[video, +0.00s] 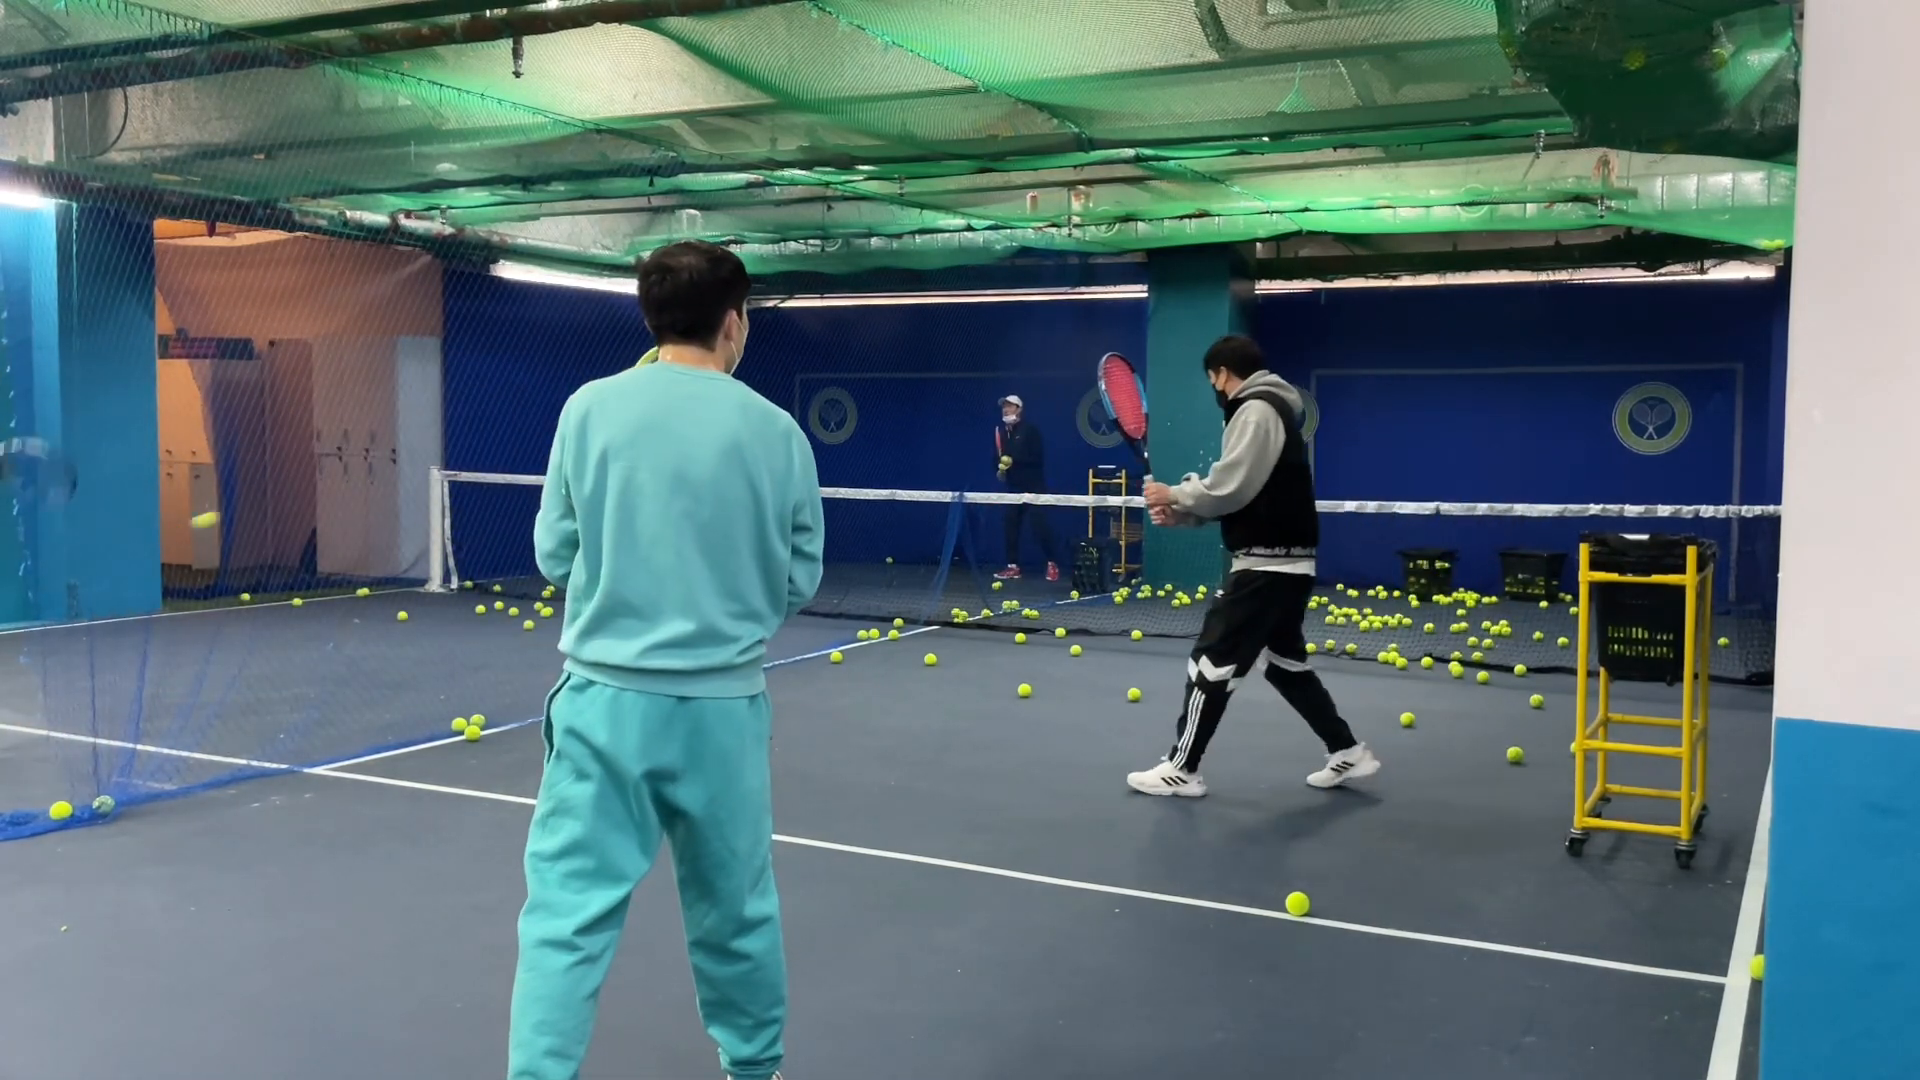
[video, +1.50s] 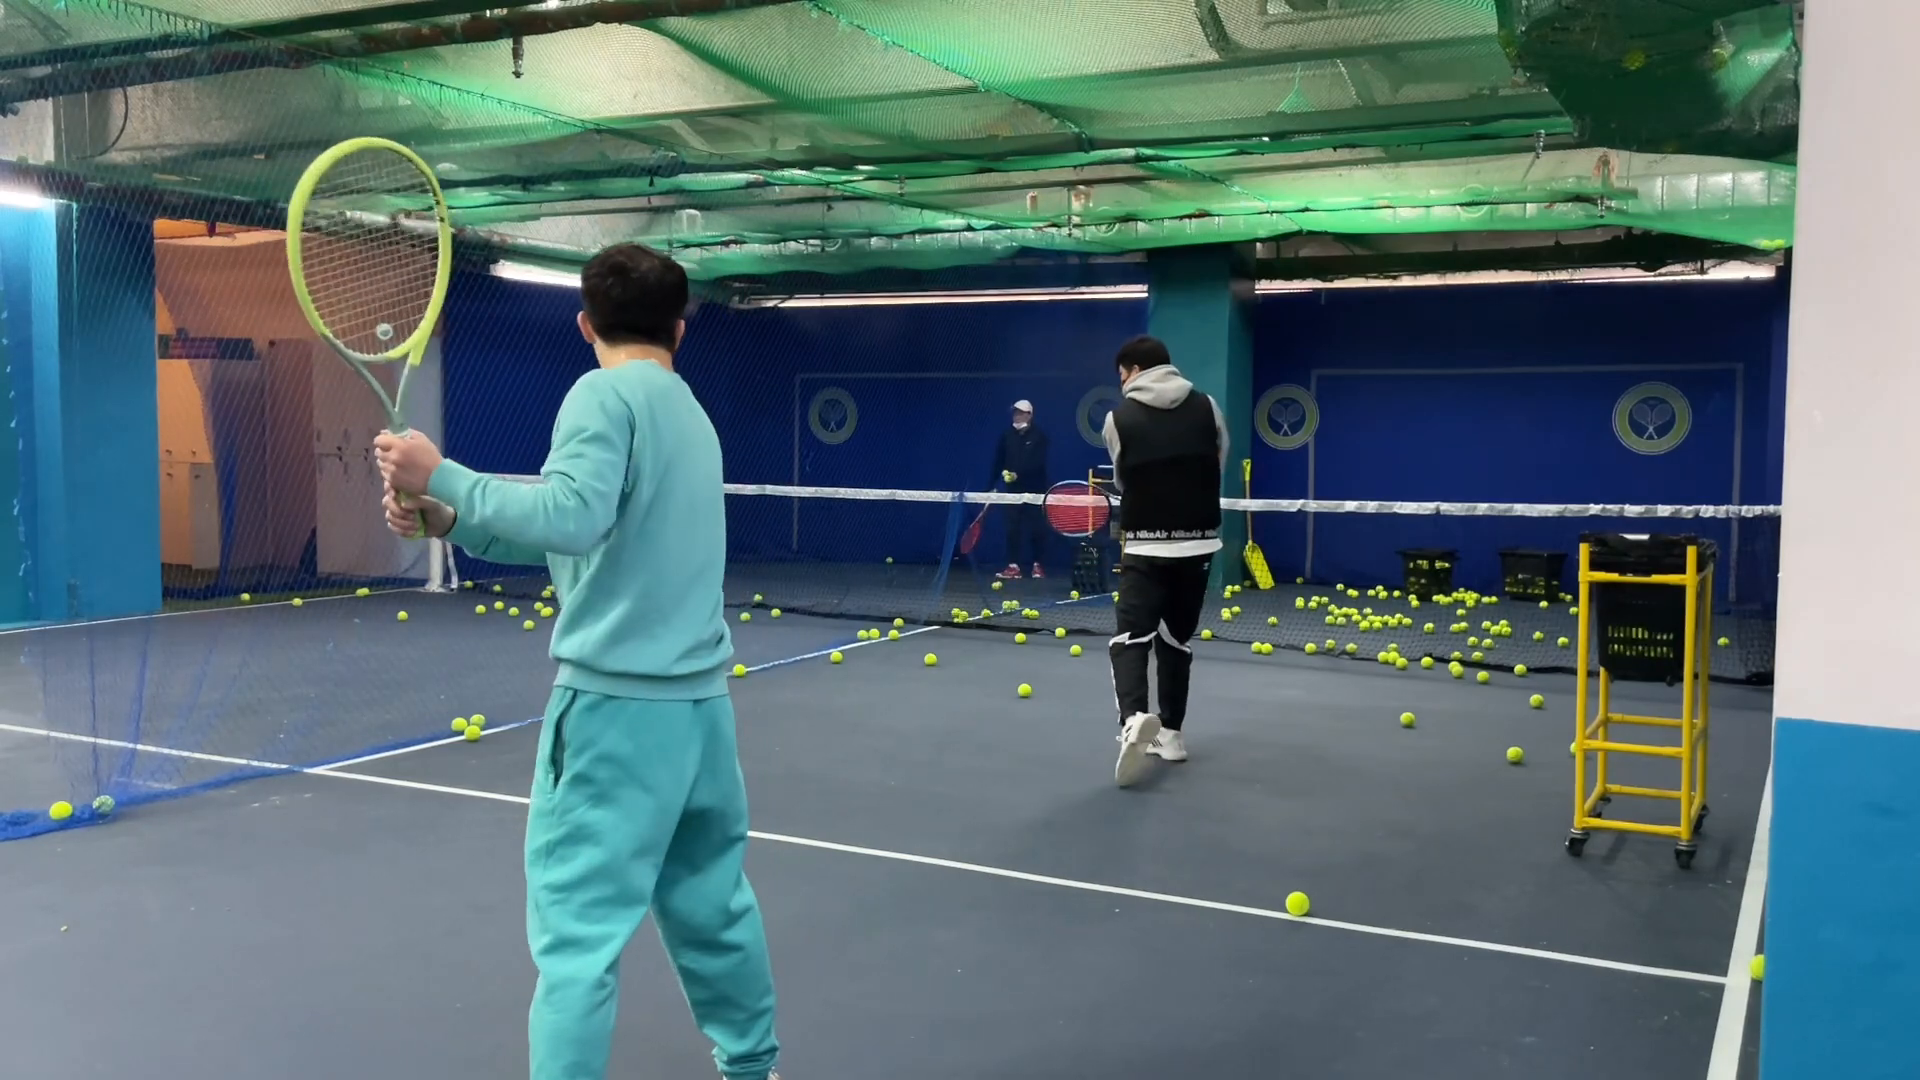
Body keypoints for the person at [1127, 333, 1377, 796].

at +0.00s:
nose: (1215, 390)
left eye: (1214, 381)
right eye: (1212, 383)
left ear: (1225, 374)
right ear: (1251, 369)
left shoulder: (1255, 410)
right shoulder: (1273, 408)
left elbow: (1231, 485)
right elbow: (1242, 493)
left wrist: (1178, 494)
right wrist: (1183, 509)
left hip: (1264, 566)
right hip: (1290, 565)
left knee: (1213, 665)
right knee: (1285, 666)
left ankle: (1182, 769)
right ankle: (1348, 752)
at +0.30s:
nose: (1154, 401)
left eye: (1152, 392)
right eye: (1151, 395)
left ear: (1163, 382)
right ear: (1180, 377)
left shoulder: (1205, 409)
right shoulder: (1197, 414)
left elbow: (1182, 471)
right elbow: (1170, 497)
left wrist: (1120, 476)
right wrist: (1119, 501)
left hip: (1222, 559)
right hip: (1218, 558)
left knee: (1162, 655)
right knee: (1185, 649)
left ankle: (1179, 770)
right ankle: (1229, 742)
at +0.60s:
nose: (1116, 407)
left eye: (1115, 397)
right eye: (1114, 400)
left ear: (1128, 385)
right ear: (1138, 386)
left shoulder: (1185, 403)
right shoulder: (1153, 427)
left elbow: (1177, 459)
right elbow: (1133, 491)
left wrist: (1119, 454)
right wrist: (1104, 482)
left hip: (1205, 551)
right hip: (1184, 553)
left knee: (1160, 658)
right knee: (1151, 650)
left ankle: (1181, 770)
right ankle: (1167, 733)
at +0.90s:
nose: (1106, 415)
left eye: (1106, 405)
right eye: (1103, 409)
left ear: (1122, 394)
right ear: (1125, 398)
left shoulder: (1182, 413)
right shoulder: (1125, 444)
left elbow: (1196, 466)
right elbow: (1110, 498)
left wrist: (1149, 463)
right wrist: (1122, 476)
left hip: (1191, 552)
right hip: (1162, 556)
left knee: (1144, 652)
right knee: (1132, 642)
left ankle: (1179, 762)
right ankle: (1167, 734)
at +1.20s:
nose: (1116, 400)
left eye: (1116, 392)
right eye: (1114, 394)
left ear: (1132, 384)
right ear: (1159, 380)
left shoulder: (1132, 424)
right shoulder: (1203, 422)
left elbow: (1100, 496)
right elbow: (1192, 485)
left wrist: (1104, 533)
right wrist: (1129, 526)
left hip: (1154, 559)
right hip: (1200, 559)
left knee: (1133, 651)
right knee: (1170, 645)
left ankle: (1159, 734)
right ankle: (1166, 733)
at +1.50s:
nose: (1120, 381)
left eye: (1120, 375)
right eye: (1120, 375)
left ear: (1132, 371)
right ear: (1166, 365)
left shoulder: (1120, 418)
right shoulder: (1207, 407)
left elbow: (1123, 475)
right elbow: (1219, 461)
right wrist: (1190, 485)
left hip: (1144, 551)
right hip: (1197, 549)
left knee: (1131, 638)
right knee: (1177, 642)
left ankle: (1133, 720)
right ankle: (1171, 735)